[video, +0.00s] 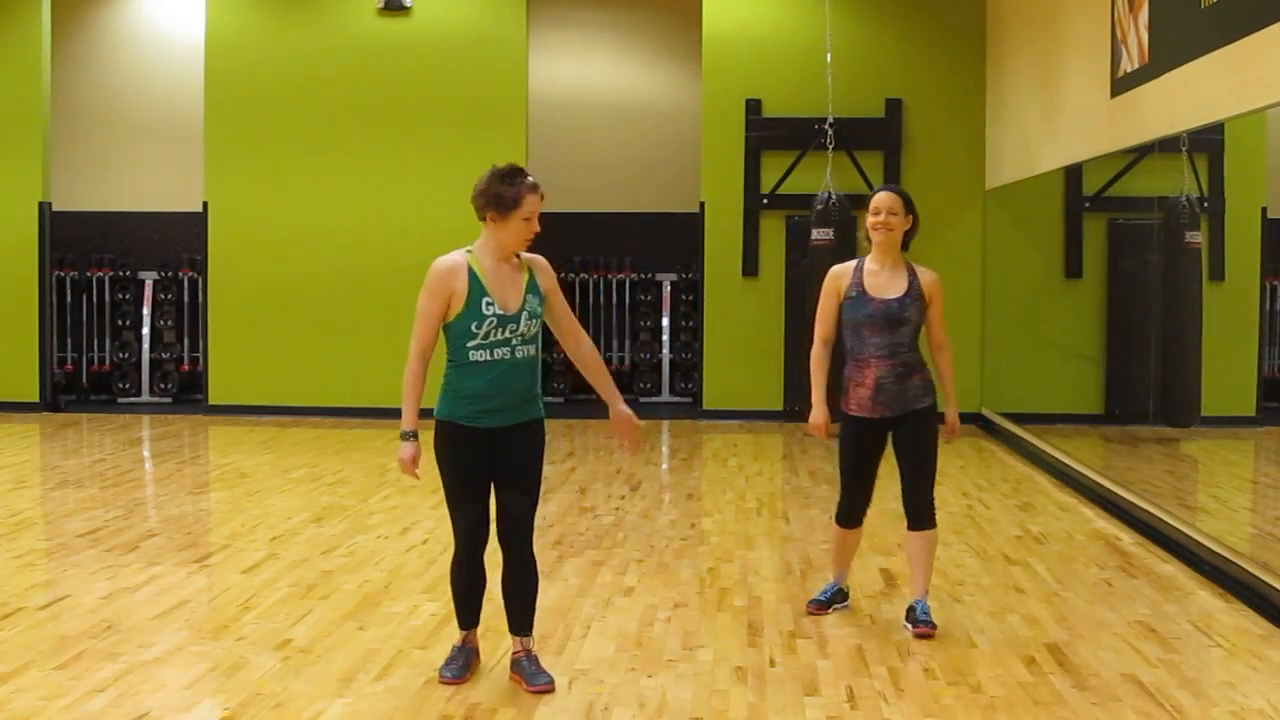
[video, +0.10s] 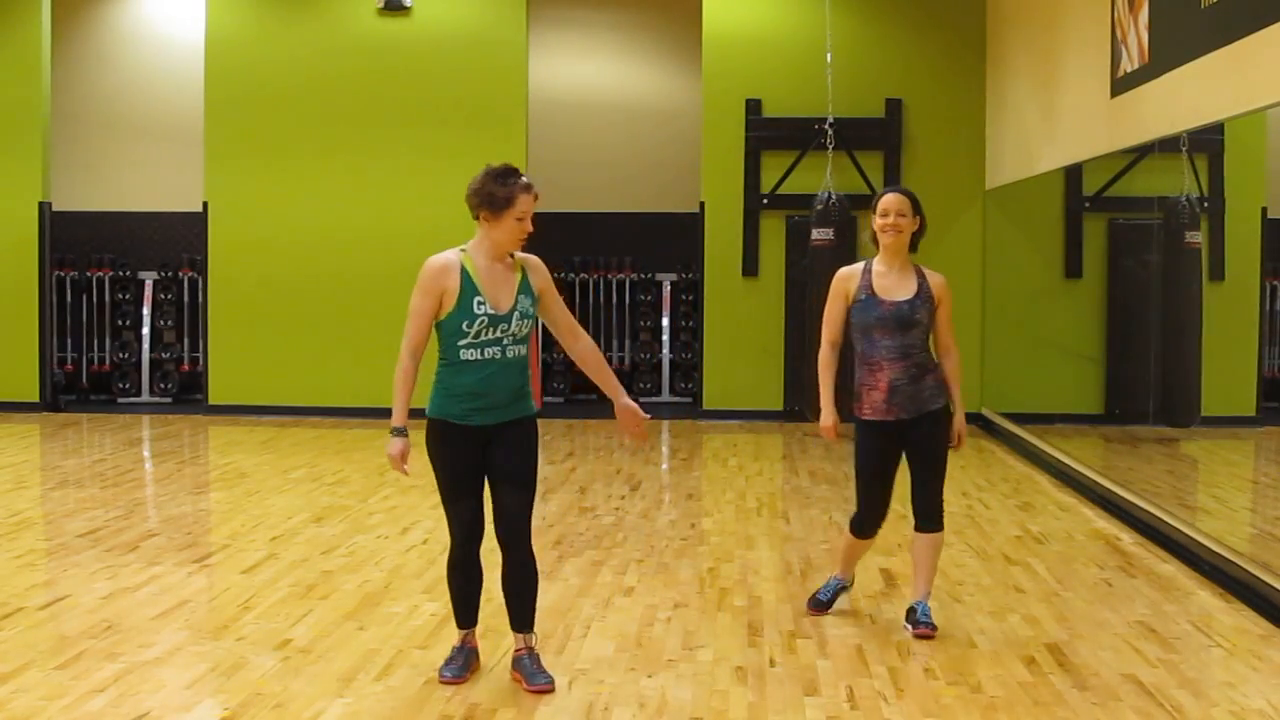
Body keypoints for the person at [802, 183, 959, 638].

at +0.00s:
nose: (881, 219)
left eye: (891, 213)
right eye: (875, 212)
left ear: (908, 223)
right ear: (865, 220)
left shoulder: (925, 281)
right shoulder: (841, 276)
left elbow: (940, 346)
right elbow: (821, 343)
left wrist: (951, 404)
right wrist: (818, 402)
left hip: (915, 406)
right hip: (859, 407)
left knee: (920, 504)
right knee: (852, 502)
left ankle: (921, 602)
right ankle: (837, 585)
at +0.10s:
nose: (891, 222)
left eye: (900, 215)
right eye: (884, 214)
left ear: (916, 224)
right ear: (872, 222)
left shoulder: (934, 284)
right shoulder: (848, 279)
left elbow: (947, 350)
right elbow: (829, 345)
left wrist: (958, 410)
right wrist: (827, 407)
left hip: (928, 413)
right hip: (874, 416)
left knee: (929, 510)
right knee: (869, 513)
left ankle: (921, 603)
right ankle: (841, 578)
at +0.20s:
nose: (898, 221)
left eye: (908, 214)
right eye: (891, 214)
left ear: (923, 223)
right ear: (880, 222)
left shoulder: (943, 283)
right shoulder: (856, 278)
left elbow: (955, 351)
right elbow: (839, 346)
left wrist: (963, 412)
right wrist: (837, 407)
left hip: (934, 412)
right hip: (881, 415)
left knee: (933, 511)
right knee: (889, 513)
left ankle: (920, 603)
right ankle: (857, 572)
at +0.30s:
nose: (907, 219)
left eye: (916, 212)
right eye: (899, 212)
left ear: (930, 219)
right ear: (887, 219)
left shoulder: (951, 279)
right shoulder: (863, 275)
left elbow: (963, 348)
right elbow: (846, 343)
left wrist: (967, 409)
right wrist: (844, 406)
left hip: (937, 409)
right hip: (884, 409)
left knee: (932, 507)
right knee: (900, 503)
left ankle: (922, 602)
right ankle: (887, 589)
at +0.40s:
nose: (913, 220)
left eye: (922, 212)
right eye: (904, 213)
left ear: (936, 219)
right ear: (891, 220)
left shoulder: (958, 278)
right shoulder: (869, 276)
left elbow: (968, 346)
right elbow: (852, 345)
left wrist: (967, 403)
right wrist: (847, 408)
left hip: (939, 411)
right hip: (885, 412)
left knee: (932, 511)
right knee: (904, 509)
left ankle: (922, 602)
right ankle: (905, 612)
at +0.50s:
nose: (918, 223)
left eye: (926, 215)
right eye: (909, 216)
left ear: (941, 221)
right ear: (895, 223)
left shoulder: (963, 282)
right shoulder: (873, 280)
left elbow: (972, 347)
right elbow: (855, 349)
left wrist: (970, 400)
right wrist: (847, 411)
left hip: (941, 415)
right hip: (886, 414)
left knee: (932, 515)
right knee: (903, 515)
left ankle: (921, 604)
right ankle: (911, 620)